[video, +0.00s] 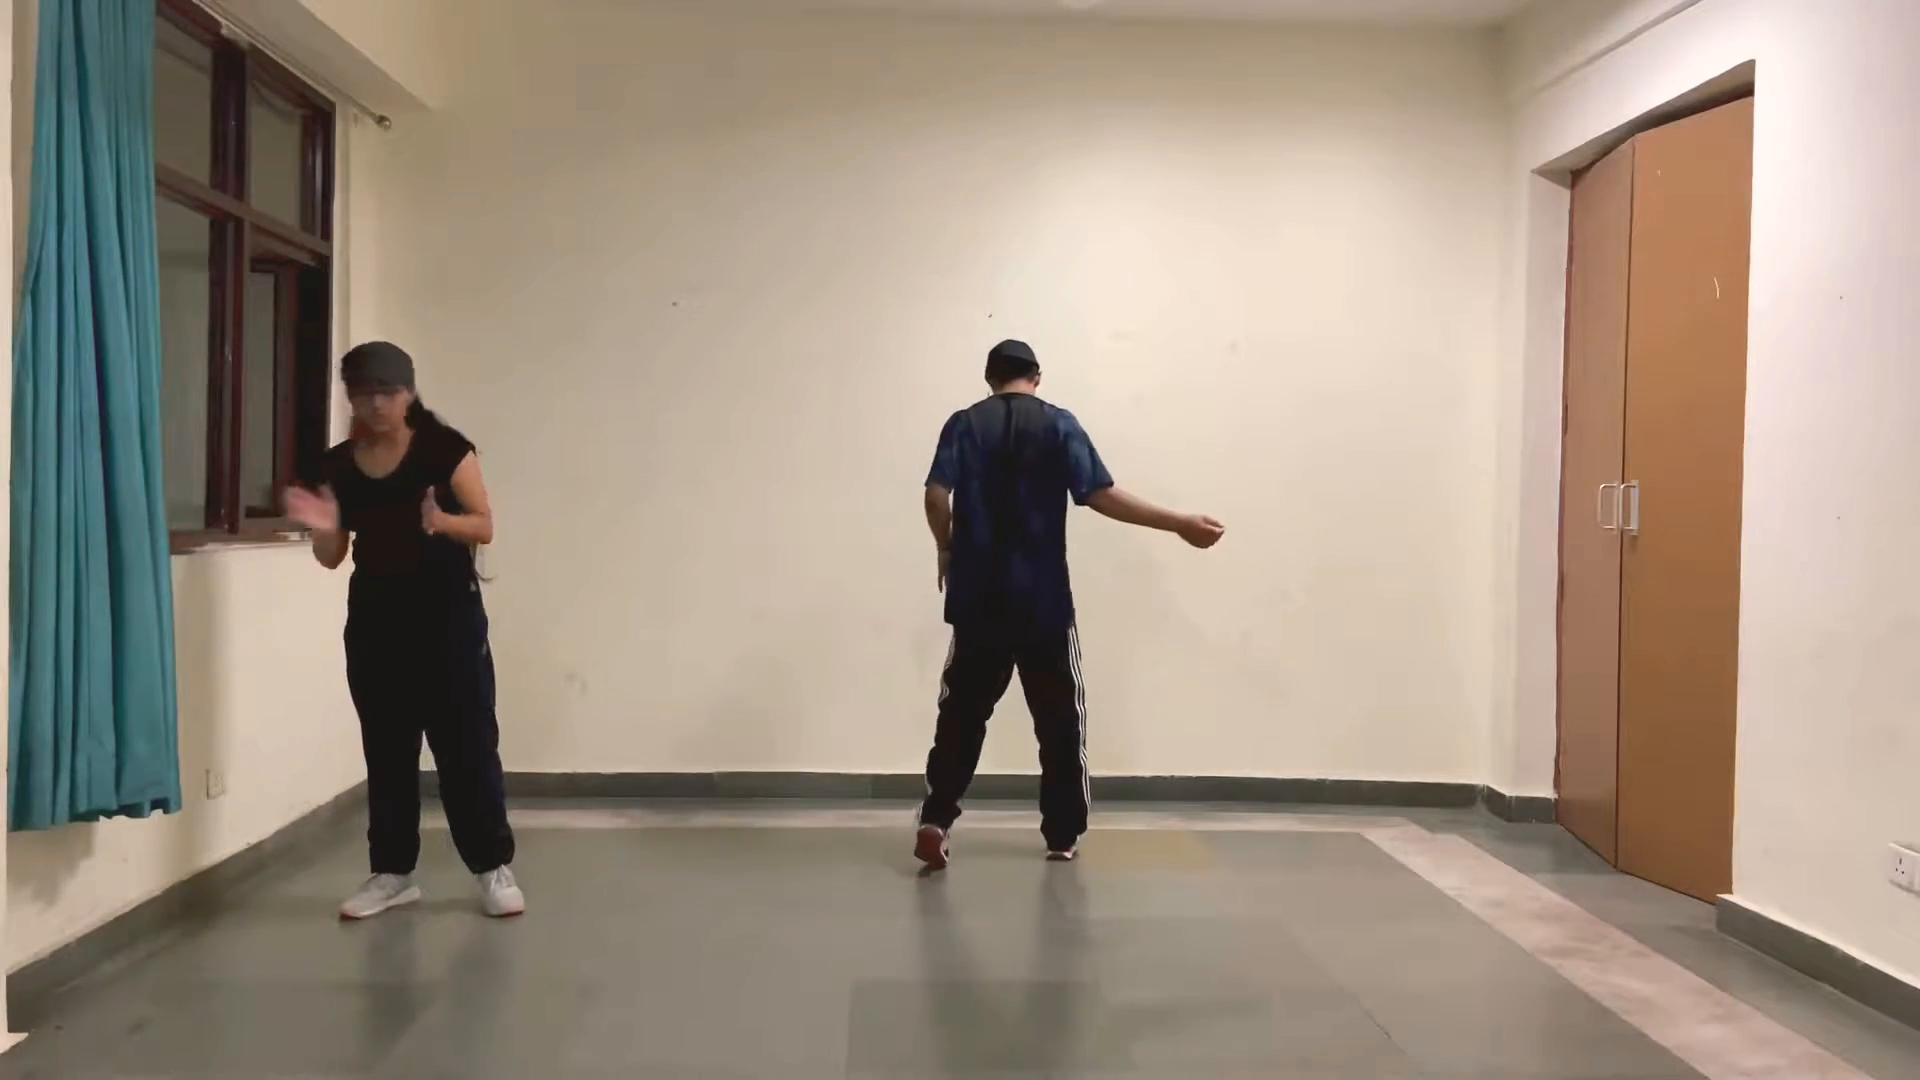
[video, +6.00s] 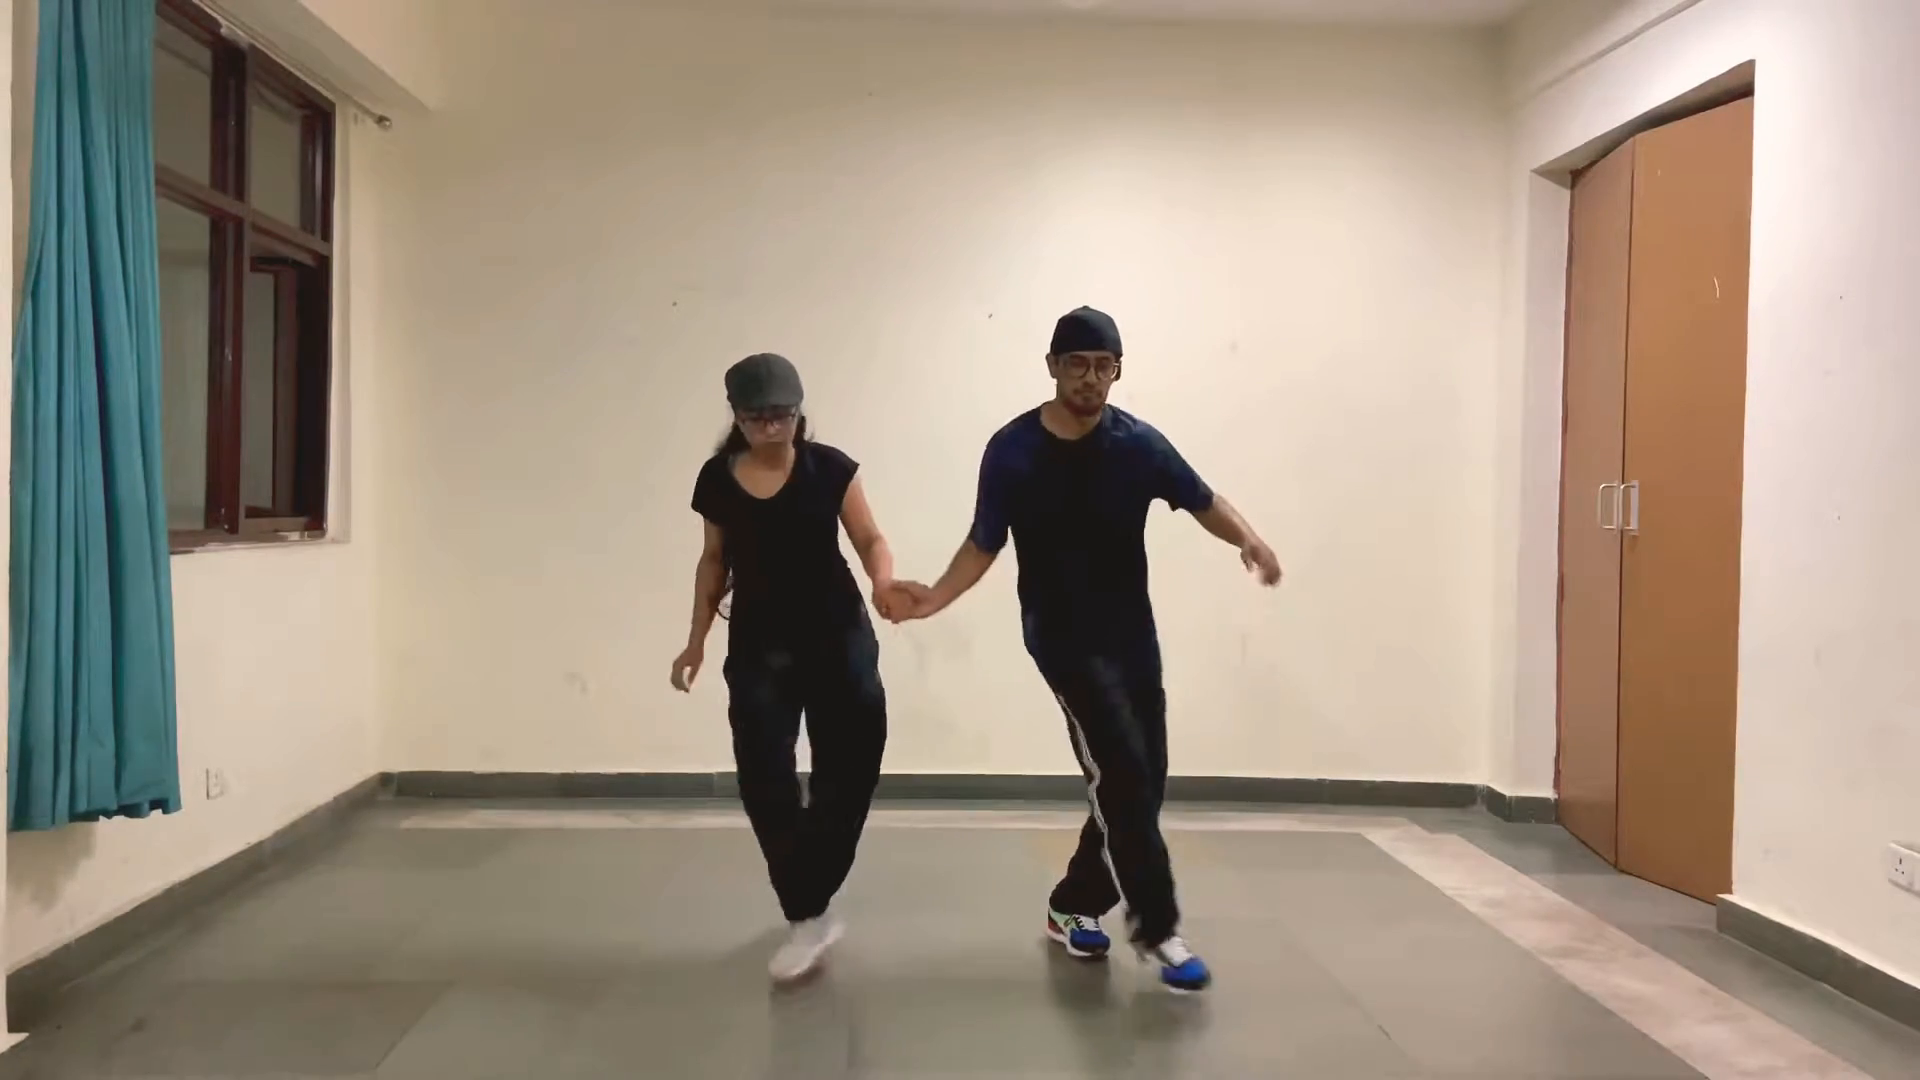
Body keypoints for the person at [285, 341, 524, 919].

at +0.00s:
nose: (378, 404)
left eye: (389, 392)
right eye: (366, 394)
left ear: (410, 393)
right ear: (350, 399)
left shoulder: (445, 448)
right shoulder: (340, 466)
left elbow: (483, 528)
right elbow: (329, 557)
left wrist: (443, 521)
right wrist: (327, 525)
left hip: (448, 622)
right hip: (377, 624)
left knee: (468, 748)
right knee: (387, 753)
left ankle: (494, 868)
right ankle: (392, 874)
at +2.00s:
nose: (787, 436)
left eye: (795, 424)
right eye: (774, 427)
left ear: (808, 413)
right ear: (750, 417)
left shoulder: (832, 457)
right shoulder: (728, 468)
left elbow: (877, 540)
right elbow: (687, 552)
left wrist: (876, 463)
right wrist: (676, 483)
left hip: (819, 636)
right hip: (745, 635)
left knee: (807, 766)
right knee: (745, 766)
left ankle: (802, 903)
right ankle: (749, 905)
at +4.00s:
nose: (726, 440)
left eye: (738, 428)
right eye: (715, 428)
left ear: (760, 425)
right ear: (699, 424)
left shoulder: (787, 485)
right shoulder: (673, 477)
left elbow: (800, 560)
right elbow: (630, 550)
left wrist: (801, 625)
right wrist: (595, 622)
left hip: (747, 651)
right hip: (674, 645)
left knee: (735, 775)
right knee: (625, 762)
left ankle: (771, 900)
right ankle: (576, 887)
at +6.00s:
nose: (772, 424)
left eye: (782, 412)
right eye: (759, 414)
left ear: (799, 410)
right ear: (737, 416)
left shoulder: (830, 469)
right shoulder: (718, 481)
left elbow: (869, 539)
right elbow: (713, 562)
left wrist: (882, 582)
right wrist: (696, 641)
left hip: (836, 643)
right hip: (759, 649)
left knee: (850, 771)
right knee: (764, 782)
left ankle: (811, 906)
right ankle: (807, 917)